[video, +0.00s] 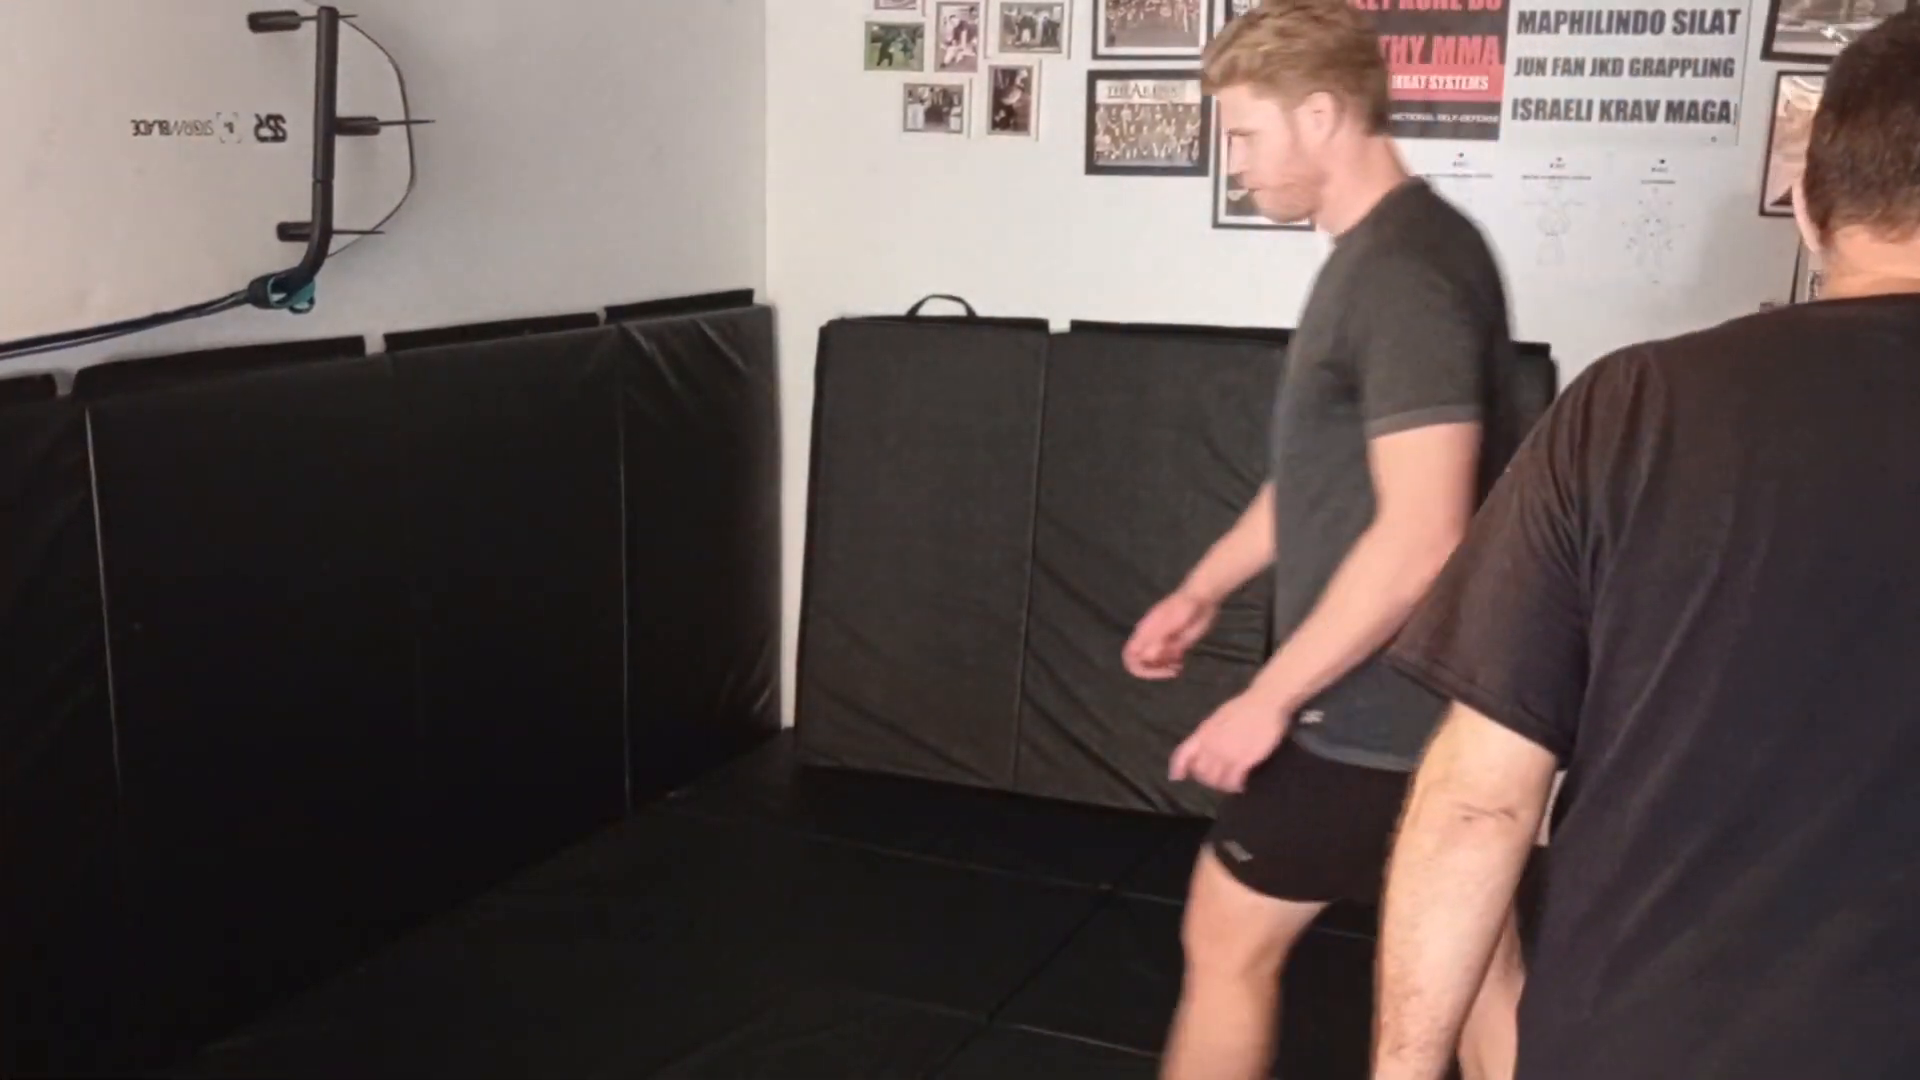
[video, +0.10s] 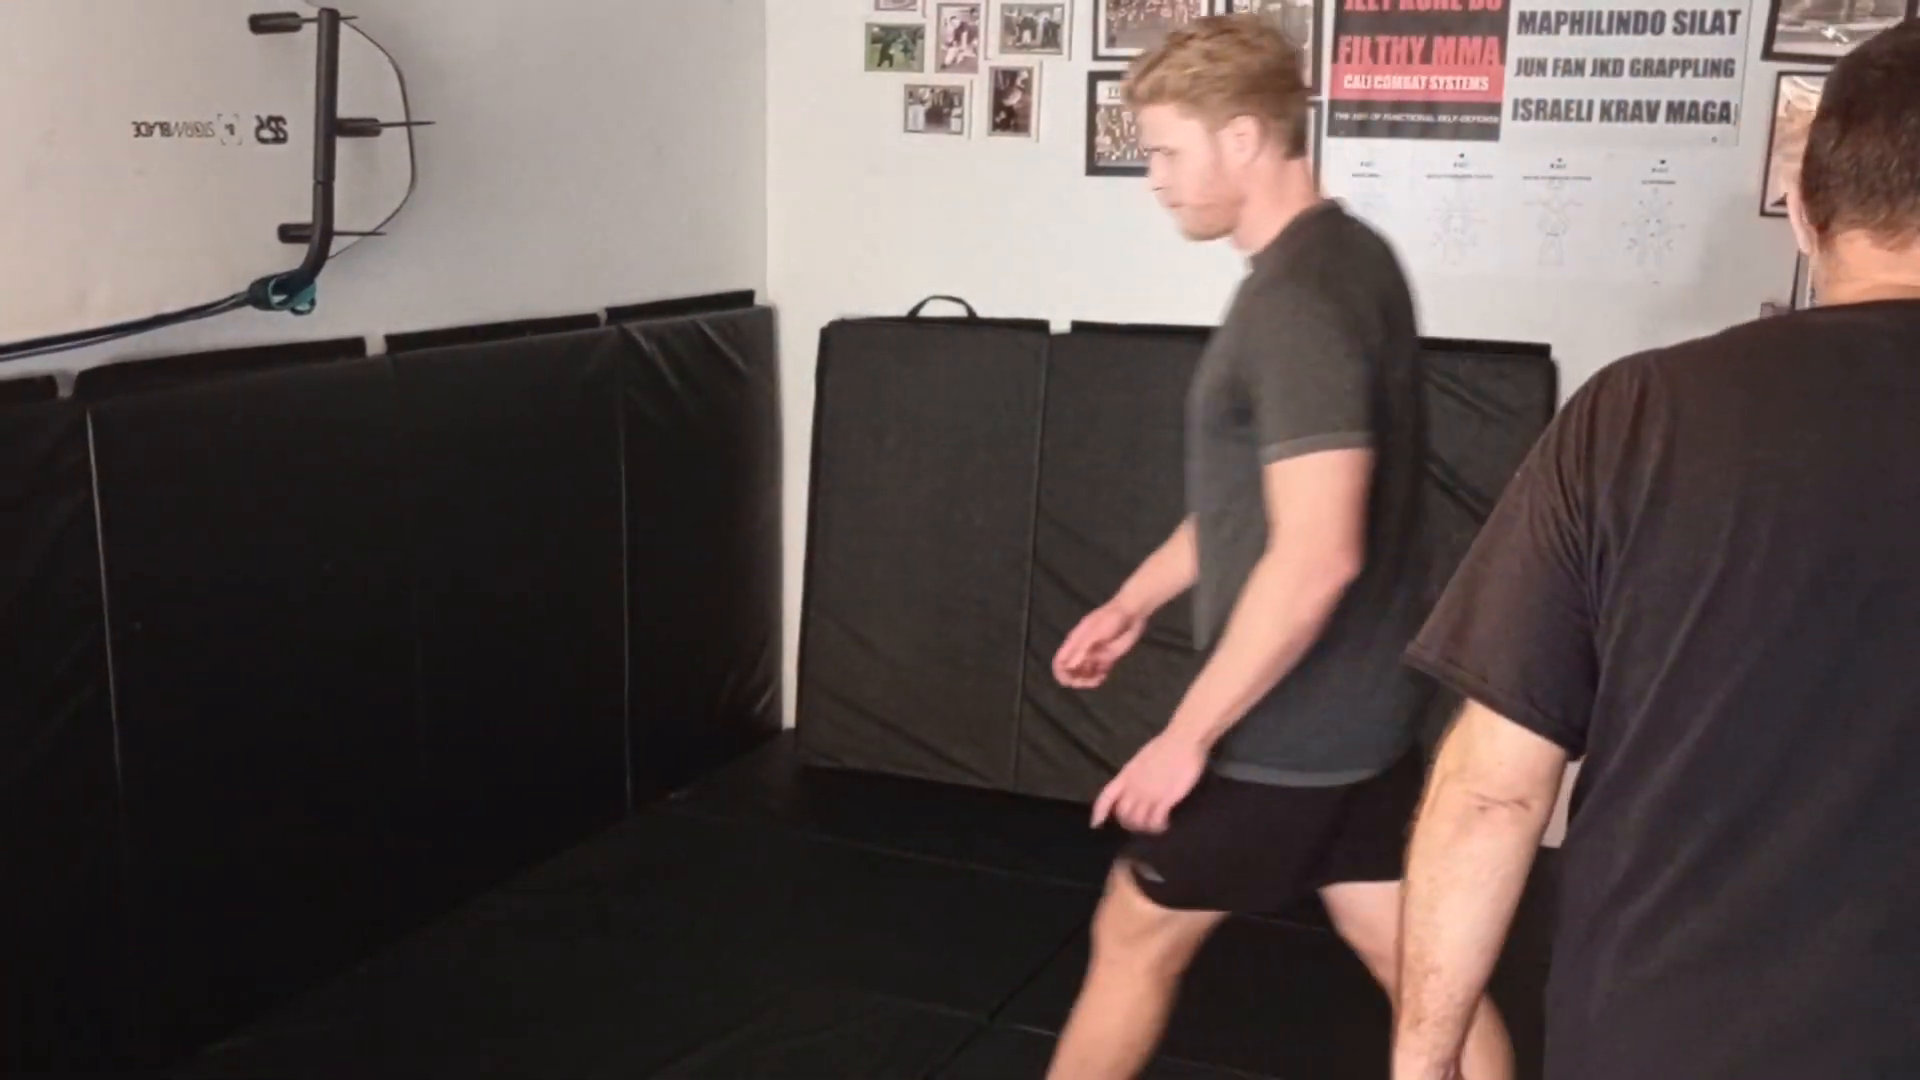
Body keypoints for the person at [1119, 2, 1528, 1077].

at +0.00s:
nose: (1233, 166)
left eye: (1243, 135)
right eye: (1228, 140)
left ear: (1327, 116)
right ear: (1327, 120)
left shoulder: (1407, 266)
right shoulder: (1371, 257)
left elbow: (1423, 531)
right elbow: (1316, 473)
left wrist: (1268, 698)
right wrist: (1204, 591)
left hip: (1369, 728)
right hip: (1416, 719)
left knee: (1227, 945)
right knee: (1480, 978)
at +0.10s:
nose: (1153, 183)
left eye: (1163, 156)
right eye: (1147, 159)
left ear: (1243, 140)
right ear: (1242, 142)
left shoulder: (1298, 295)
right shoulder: (1343, 261)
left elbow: (1320, 549)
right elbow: (1252, 486)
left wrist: (1186, 734)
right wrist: (1134, 604)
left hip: (1272, 743)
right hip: (1355, 730)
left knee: (1132, 947)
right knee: (1430, 985)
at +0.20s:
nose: (1062, 184)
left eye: (1074, 156)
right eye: (1060, 158)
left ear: (1154, 149)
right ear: (1167, 149)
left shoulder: (1190, 316)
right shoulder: (1255, 269)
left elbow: (1199, 576)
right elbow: (1208, 492)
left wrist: (1115, 782)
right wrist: (1097, 614)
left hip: (1172, 741)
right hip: (1256, 723)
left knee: (1042, 931)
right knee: (1307, 944)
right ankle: (1459, 1076)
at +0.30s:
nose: (976, 169)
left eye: (990, 143)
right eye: (974, 144)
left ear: (1073, 139)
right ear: (1083, 139)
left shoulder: (1098, 306)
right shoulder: (1170, 248)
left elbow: (1098, 561)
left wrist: (1036, 772)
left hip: (1069, 700)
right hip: (1149, 682)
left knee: (972, 918)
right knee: (1126, 903)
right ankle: (1327, 1072)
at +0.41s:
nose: (914, 143)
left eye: (931, 119)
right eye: (911, 119)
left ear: (1016, 117)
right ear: (1015, 119)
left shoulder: (1043, 279)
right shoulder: (1100, 235)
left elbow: (1036, 536)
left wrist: (945, 735)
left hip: (1007, 687)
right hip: (1056, 665)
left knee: (945, 914)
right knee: (1007, 877)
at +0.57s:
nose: (835, 117)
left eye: (854, 95)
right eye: (834, 92)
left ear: (935, 100)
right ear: (928, 101)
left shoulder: (992, 256)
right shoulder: (926, 227)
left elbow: (966, 503)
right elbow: (902, 464)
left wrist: (799, 648)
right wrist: (830, 631)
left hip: (935, 668)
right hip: (852, 640)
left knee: (931, 918)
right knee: (766, 830)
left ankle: (983, 1074)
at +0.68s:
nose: (785, 124)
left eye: (808, 104)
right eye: (780, 97)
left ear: (889, 108)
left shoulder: (953, 264)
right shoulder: (840, 216)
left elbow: (927, 505)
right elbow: (823, 438)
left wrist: (737, 619)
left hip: (890, 663)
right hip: (780, 636)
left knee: (912, 921)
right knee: (690, 839)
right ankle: (580, 1052)